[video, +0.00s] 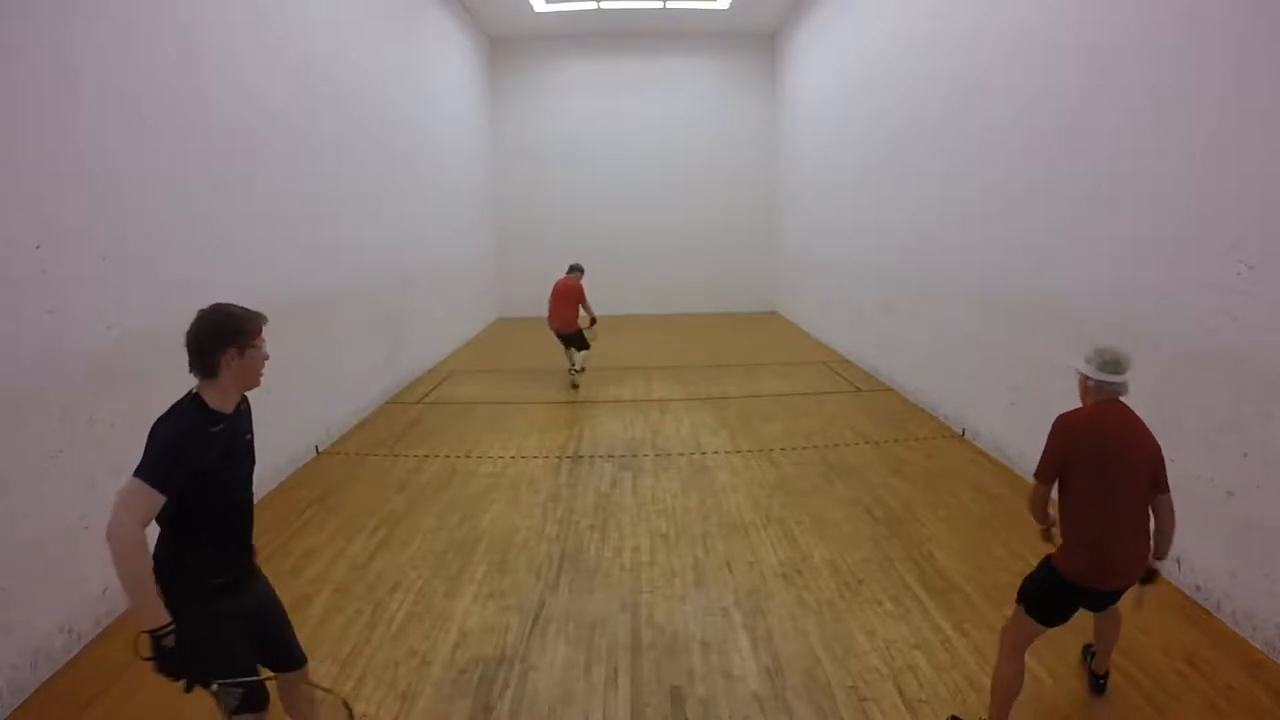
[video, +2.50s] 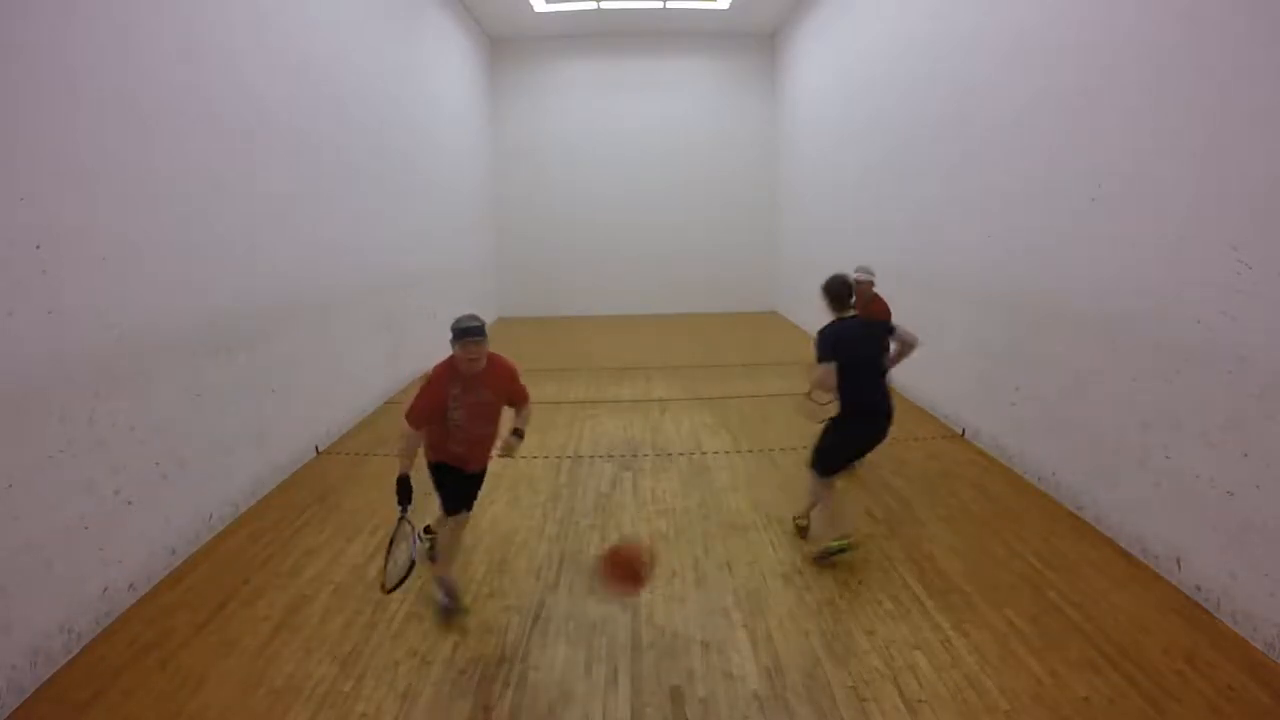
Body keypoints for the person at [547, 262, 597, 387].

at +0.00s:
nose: (580, 279)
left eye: (581, 277)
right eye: (581, 276)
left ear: (568, 272)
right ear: (578, 274)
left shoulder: (558, 283)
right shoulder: (577, 285)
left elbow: (551, 302)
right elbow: (584, 304)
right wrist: (592, 316)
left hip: (554, 323)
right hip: (569, 324)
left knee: (568, 347)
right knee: (584, 348)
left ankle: (573, 367)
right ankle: (577, 368)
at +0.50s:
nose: (561, 273)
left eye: (561, 270)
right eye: (561, 270)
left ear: (547, 269)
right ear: (558, 269)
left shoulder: (541, 283)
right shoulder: (558, 284)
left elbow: (558, 299)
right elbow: (572, 299)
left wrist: (577, 303)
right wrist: (583, 303)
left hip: (545, 331)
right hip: (562, 330)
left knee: (550, 359)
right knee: (569, 356)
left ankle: (540, 386)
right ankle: (571, 382)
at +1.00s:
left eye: (532, 275)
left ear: (529, 276)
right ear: (545, 277)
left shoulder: (520, 293)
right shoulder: (552, 294)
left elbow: (508, 315)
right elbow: (555, 316)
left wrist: (509, 334)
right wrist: (542, 321)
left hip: (521, 343)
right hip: (545, 343)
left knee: (512, 373)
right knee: (556, 374)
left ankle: (510, 405)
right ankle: (559, 406)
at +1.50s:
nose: (451, 298)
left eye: (453, 294)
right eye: (451, 294)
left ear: (462, 295)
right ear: (459, 296)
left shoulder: (480, 311)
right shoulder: (458, 311)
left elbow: (492, 337)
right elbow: (451, 329)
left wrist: (495, 362)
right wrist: (437, 344)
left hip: (484, 359)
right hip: (472, 357)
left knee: (468, 389)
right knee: (472, 387)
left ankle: (473, 416)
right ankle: (485, 408)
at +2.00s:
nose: (404, 326)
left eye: (407, 321)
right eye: (399, 322)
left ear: (416, 316)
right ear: (395, 322)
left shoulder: (435, 331)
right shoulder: (393, 341)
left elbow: (463, 345)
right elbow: (375, 368)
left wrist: (476, 372)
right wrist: (361, 396)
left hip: (442, 398)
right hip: (412, 396)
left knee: (436, 441)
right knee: (398, 437)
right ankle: (387, 476)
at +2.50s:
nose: (472, 351)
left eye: (478, 344)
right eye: (465, 345)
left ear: (487, 345)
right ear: (453, 348)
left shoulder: (502, 372)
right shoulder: (441, 380)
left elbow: (522, 403)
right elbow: (413, 429)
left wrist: (517, 433)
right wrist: (403, 475)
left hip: (477, 457)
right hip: (444, 456)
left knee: (459, 510)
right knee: (458, 516)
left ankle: (432, 532)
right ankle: (443, 580)